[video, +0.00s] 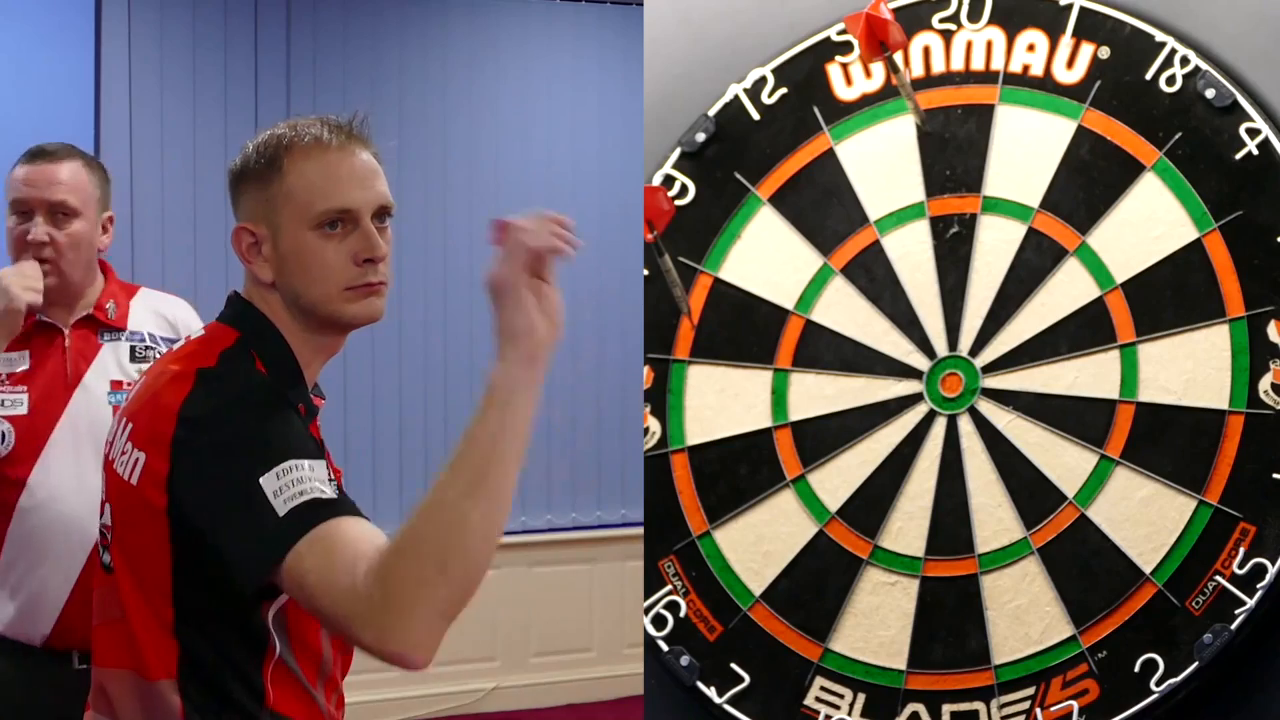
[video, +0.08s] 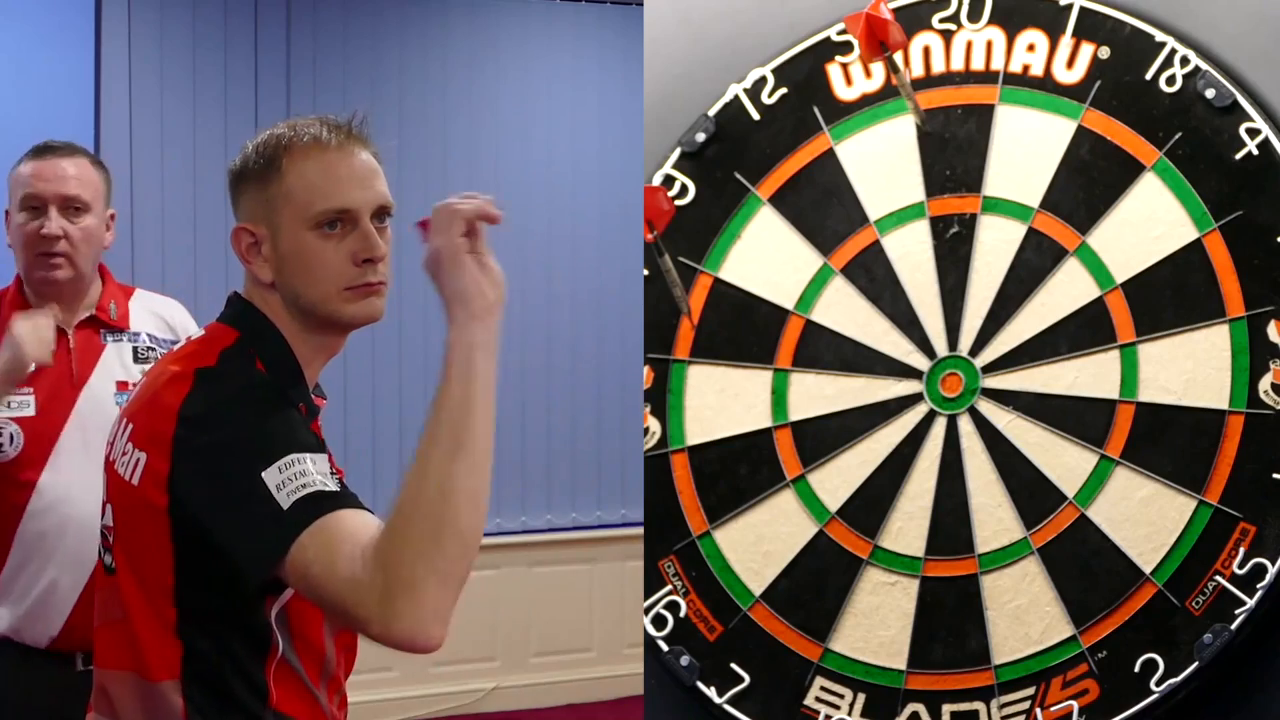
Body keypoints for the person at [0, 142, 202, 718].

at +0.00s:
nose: (36, 233)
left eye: (61, 215)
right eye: (22, 214)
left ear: (105, 230)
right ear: (6, 222)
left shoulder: (170, 323)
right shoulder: (1, 331)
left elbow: (216, 467)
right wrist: (4, 332)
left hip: (145, 660)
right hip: (17, 659)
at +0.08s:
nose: (51, 227)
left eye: (73, 210)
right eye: (32, 210)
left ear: (108, 228)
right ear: (9, 226)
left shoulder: (166, 324)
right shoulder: (2, 334)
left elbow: (215, 460)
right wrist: (5, 370)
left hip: (148, 659)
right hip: (19, 660)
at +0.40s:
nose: (99, 213)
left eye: (116, 199)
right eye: (76, 197)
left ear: (134, 221)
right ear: (36, 223)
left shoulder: (181, 326)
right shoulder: (5, 336)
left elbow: (227, 469)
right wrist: (54, 548)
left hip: (163, 652)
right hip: (31, 657)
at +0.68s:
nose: (128, 211)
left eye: (142, 197)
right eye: (104, 196)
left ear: (159, 224)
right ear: (63, 226)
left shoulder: (203, 332)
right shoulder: (13, 343)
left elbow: (250, 471)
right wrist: (100, 556)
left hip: (184, 651)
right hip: (54, 660)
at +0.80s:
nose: (133, 209)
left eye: (148, 196)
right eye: (109, 195)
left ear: (166, 223)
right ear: (69, 226)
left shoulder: (208, 332)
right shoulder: (16, 344)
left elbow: (255, 468)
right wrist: (107, 558)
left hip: (192, 648)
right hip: (62, 658)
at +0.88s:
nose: (138, 209)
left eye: (152, 196)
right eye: (113, 195)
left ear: (170, 222)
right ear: (72, 225)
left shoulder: (213, 333)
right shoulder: (18, 344)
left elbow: (261, 471)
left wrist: (203, 557)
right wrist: (114, 561)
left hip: (198, 656)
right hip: (66, 663)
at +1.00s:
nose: (140, 209)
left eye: (155, 196)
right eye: (116, 195)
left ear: (173, 222)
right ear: (74, 225)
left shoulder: (215, 331)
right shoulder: (19, 344)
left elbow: (262, 472)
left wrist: (204, 560)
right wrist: (120, 562)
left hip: (200, 655)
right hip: (69, 663)